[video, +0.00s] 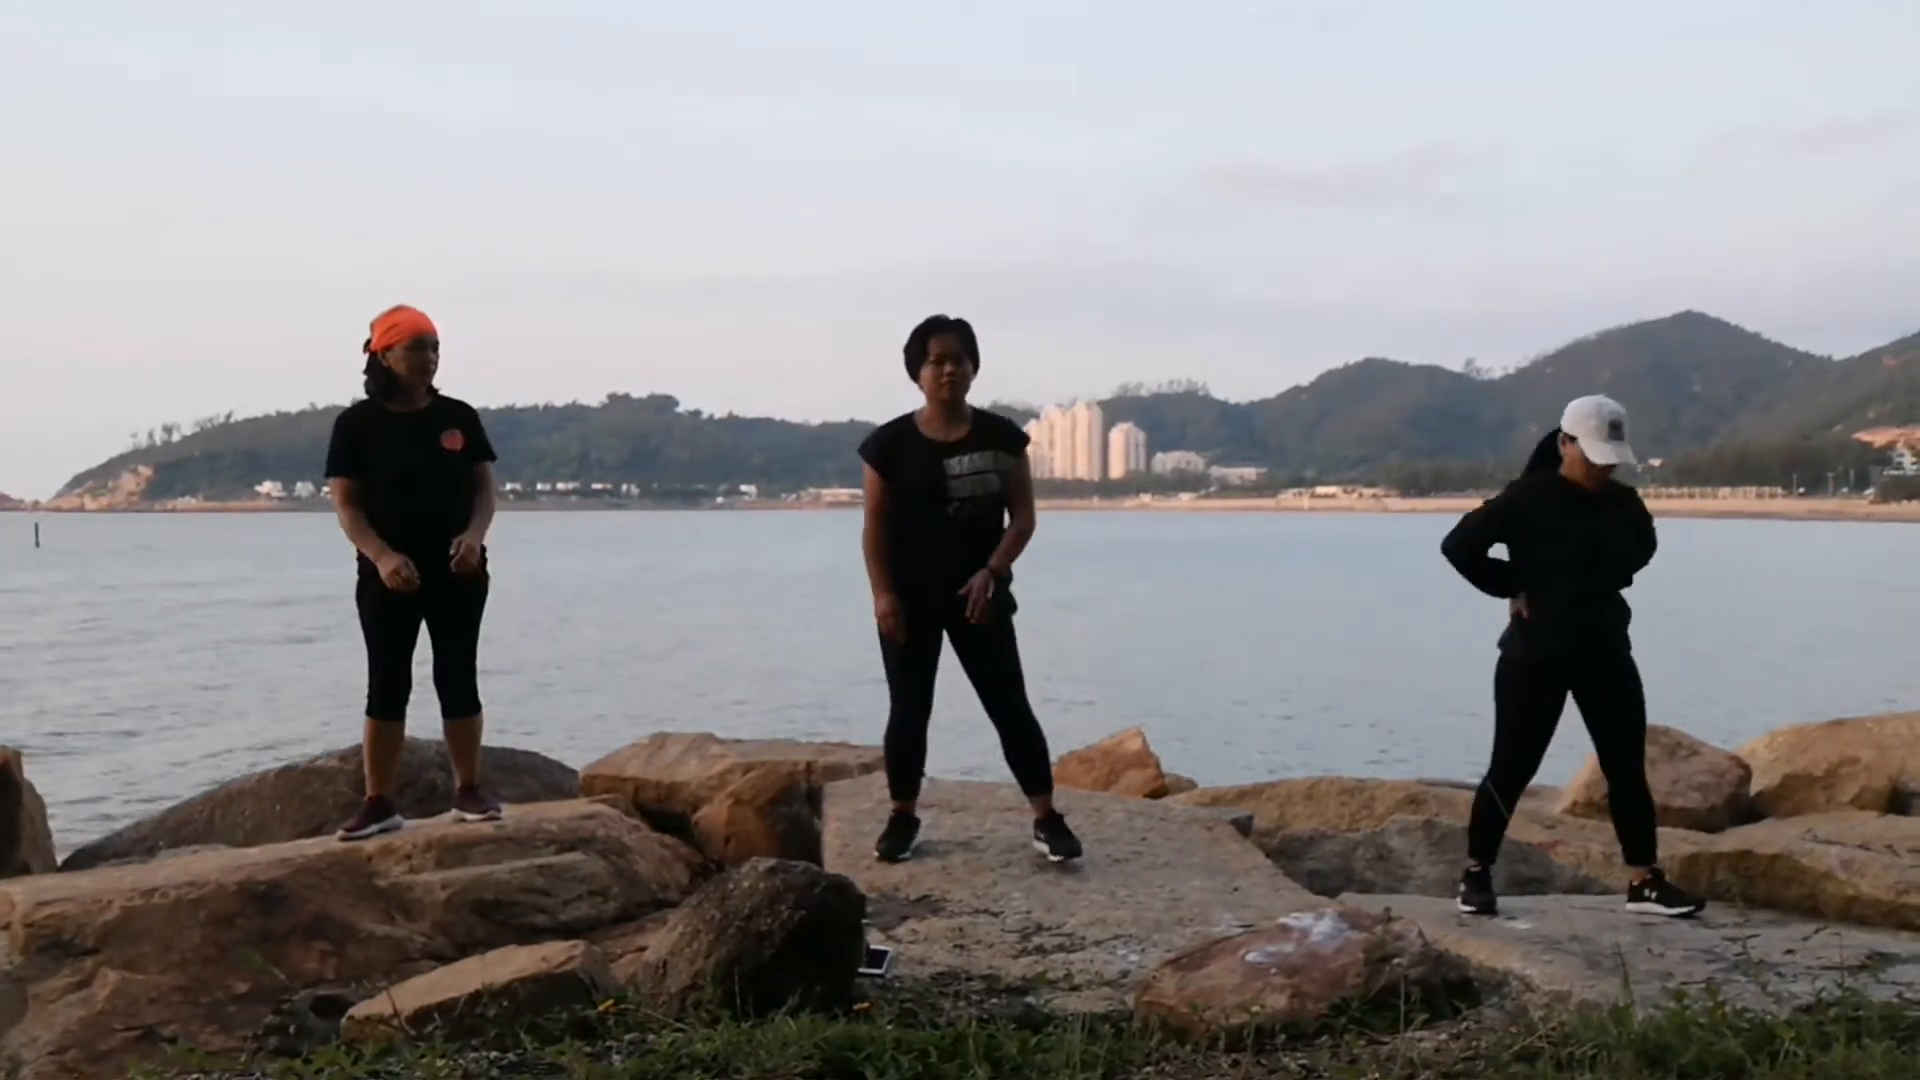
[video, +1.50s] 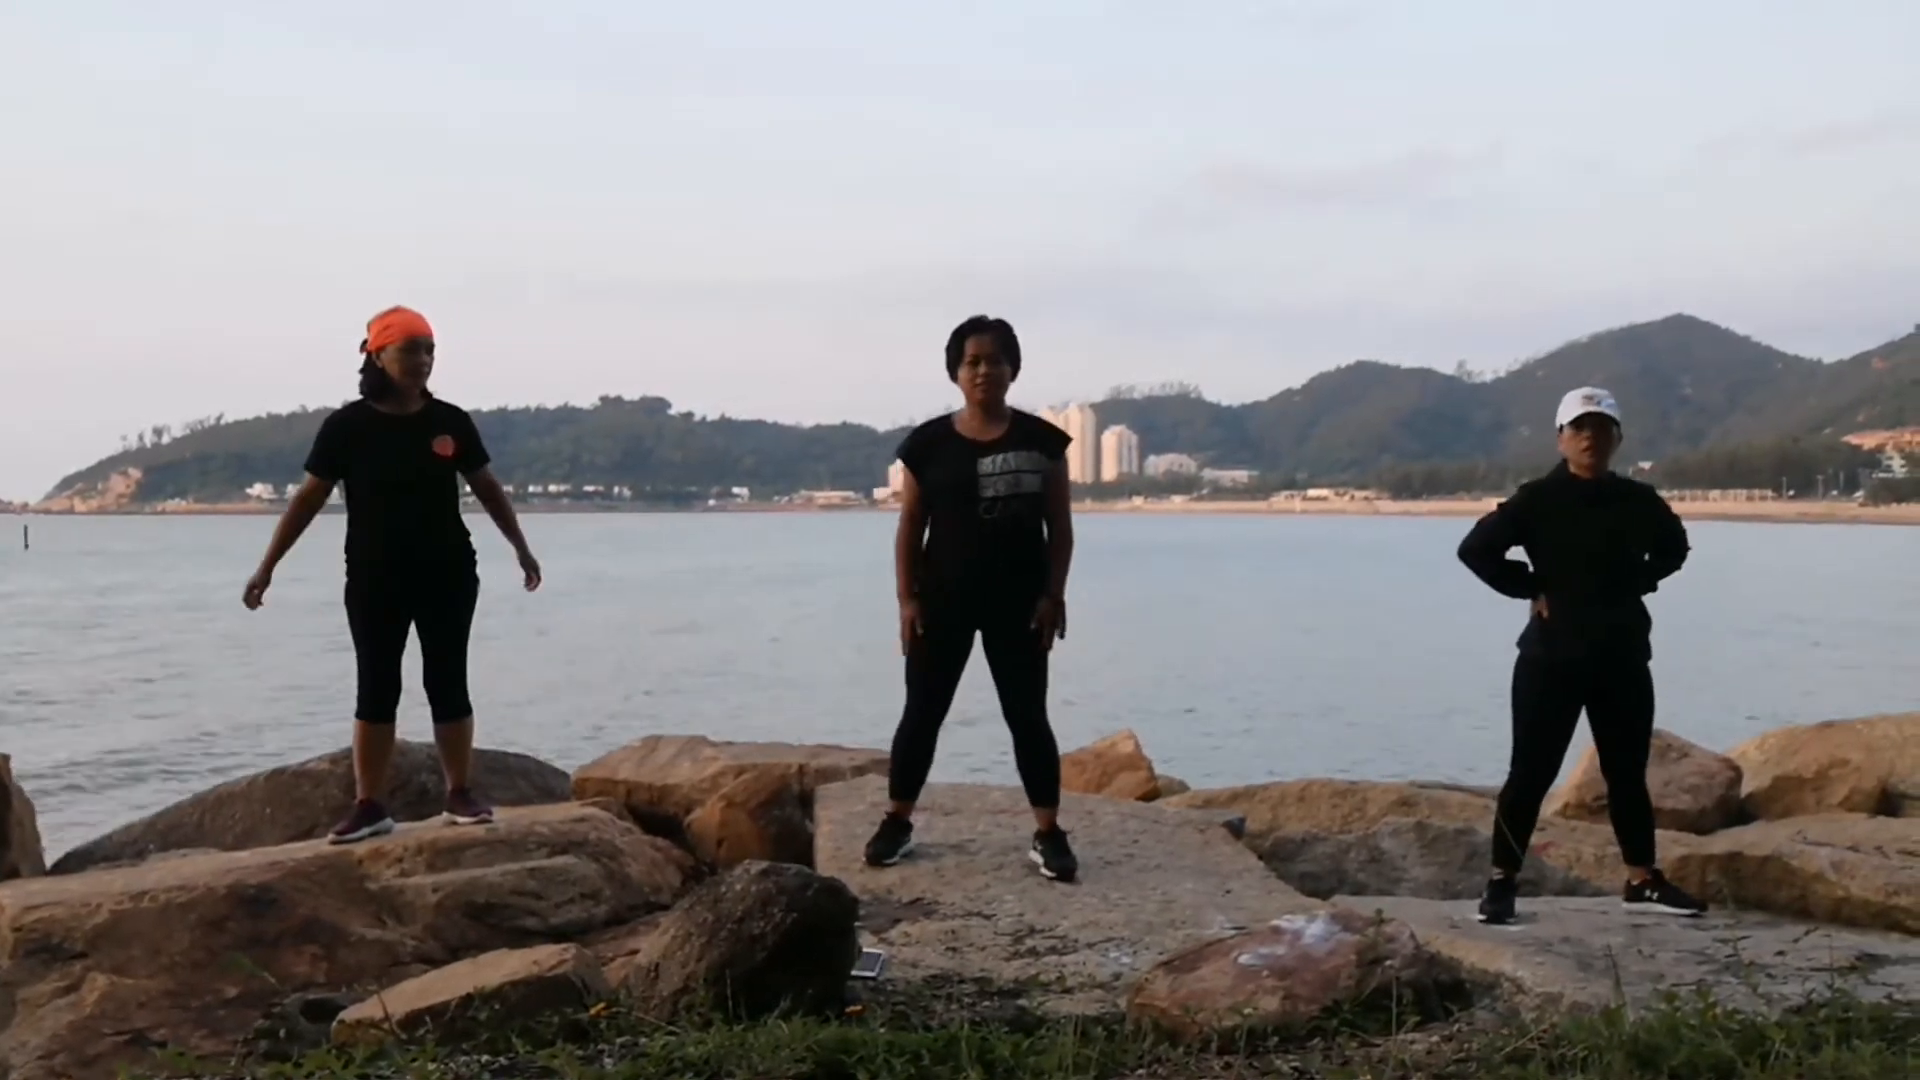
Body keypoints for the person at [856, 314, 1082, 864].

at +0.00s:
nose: (948, 370)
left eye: (957, 360)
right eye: (936, 361)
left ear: (973, 368)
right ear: (916, 371)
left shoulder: (1001, 437)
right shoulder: (888, 445)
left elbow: (1023, 519)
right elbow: (874, 527)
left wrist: (992, 571)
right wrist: (881, 592)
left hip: (979, 594)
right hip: (910, 598)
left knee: (1011, 709)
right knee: (907, 714)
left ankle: (1046, 817)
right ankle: (902, 817)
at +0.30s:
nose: (986, 371)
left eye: (996, 360)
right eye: (974, 362)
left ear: (1013, 368)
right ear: (957, 374)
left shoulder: (1050, 439)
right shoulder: (935, 447)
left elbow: (1071, 518)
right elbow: (914, 526)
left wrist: (1075, 583)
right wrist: (895, 594)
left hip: (1026, 600)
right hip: (953, 600)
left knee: (1036, 714)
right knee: (930, 710)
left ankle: (1053, 826)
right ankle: (904, 817)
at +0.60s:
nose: (1013, 367)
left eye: (1024, 357)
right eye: (1002, 358)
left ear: (1042, 366)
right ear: (986, 369)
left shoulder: (1075, 442)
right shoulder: (959, 440)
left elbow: (1095, 520)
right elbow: (939, 519)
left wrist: (1107, 590)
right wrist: (924, 591)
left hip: (1041, 603)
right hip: (969, 599)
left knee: (1046, 717)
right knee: (934, 707)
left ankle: (1053, 828)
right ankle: (902, 811)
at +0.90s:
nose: (996, 370)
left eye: (1008, 360)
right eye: (986, 360)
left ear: (1025, 371)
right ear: (968, 370)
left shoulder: (1049, 446)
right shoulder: (934, 442)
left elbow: (1067, 528)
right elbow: (915, 526)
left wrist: (1072, 594)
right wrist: (911, 598)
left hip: (1017, 604)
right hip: (946, 602)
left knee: (1030, 717)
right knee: (921, 711)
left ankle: (1049, 827)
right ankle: (899, 819)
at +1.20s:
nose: (968, 373)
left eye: (981, 363)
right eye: (958, 362)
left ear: (997, 372)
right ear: (941, 372)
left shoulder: (1025, 444)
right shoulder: (907, 443)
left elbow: (1038, 529)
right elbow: (884, 522)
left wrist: (1033, 596)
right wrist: (870, 590)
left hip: (997, 604)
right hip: (923, 604)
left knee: (1018, 720)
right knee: (910, 715)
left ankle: (1046, 830)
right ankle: (896, 822)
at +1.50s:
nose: (984, 371)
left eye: (995, 361)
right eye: (973, 362)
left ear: (1012, 369)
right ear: (955, 372)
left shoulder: (1042, 441)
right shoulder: (927, 445)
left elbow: (1060, 527)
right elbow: (909, 528)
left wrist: (1054, 595)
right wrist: (906, 599)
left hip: (1017, 602)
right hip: (945, 601)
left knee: (1029, 718)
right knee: (920, 714)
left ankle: (1048, 831)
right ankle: (896, 822)